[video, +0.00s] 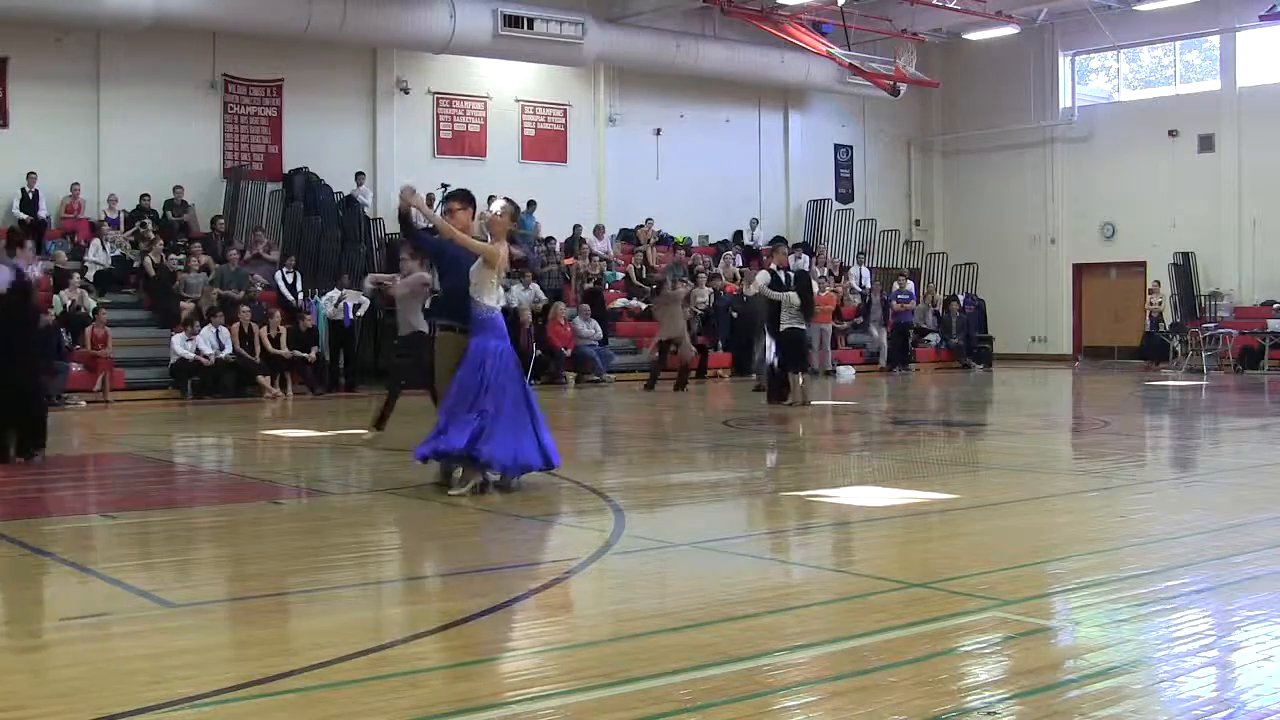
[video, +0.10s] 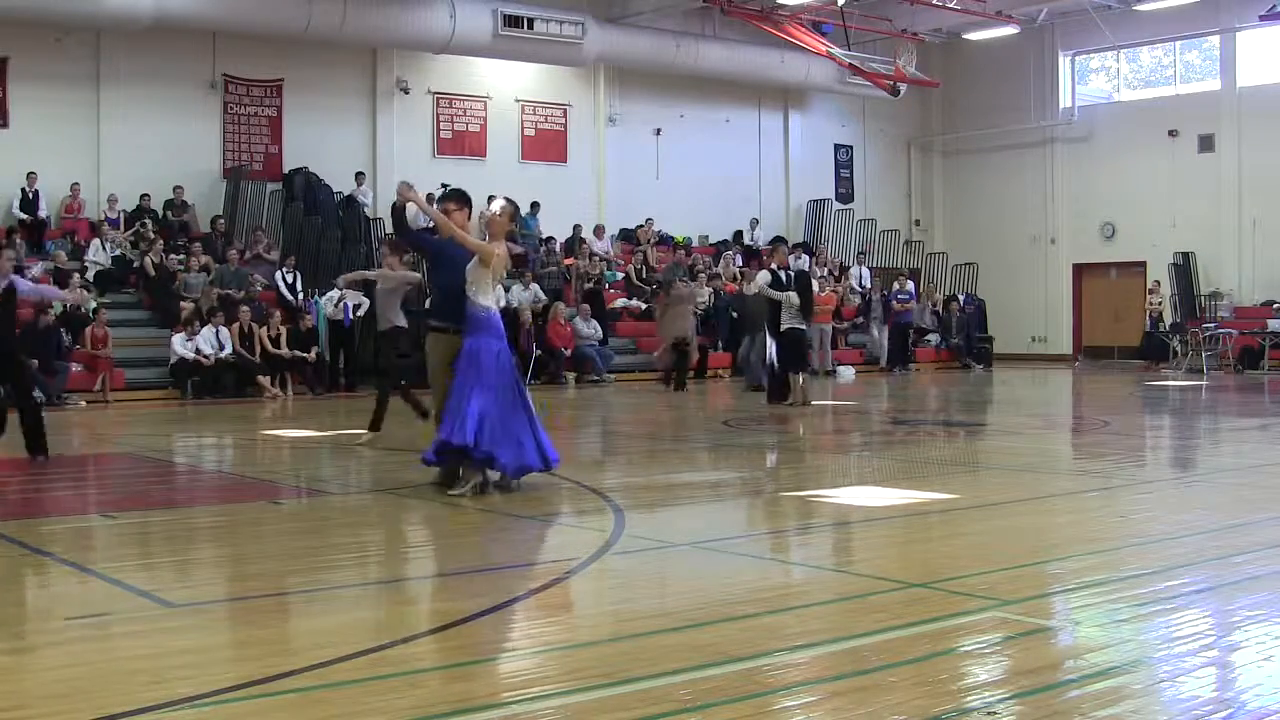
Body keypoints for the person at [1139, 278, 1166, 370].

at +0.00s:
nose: (1154, 288)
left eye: (1156, 286)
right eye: (1153, 286)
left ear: (1159, 287)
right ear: (1151, 287)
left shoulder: (1162, 296)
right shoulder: (1149, 296)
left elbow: (1161, 308)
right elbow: (1146, 307)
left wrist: (1150, 308)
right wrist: (1156, 307)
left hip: (1159, 319)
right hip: (1150, 319)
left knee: (1158, 340)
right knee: (1149, 339)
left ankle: (1157, 361)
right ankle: (1149, 361)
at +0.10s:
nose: (1154, 288)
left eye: (1156, 286)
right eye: (1153, 286)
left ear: (1159, 287)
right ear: (1151, 287)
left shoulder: (1162, 296)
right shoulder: (1149, 296)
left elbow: (1161, 308)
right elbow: (1146, 307)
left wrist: (1150, 308)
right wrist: (1157, 307)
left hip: (1159, 318)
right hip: (1151, 319)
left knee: (1158, 340)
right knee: (1150, 339)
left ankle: (1156, 361)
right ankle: (1149, 360)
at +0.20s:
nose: (1153, 288)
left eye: (1155, 286)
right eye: (1152, 286)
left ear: (1159, 287)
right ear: (1151, 287)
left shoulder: (1162, 296)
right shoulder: (1149, 296)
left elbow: (1162, 308)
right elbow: (1145, 307)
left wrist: (1150, 308)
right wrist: (1156, 307)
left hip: (1158, 318)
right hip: (1150, 318)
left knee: (1157, 339)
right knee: (1149, 338)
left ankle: (1156, 360)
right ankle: (1150, 360)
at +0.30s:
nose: (1153, 288)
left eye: (1155, 286)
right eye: (1152, 286)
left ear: (1158, 287)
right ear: (1151, 287)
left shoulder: (1161, 296)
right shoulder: (1148, 296)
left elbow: (1161, 308)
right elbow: (1145, 306)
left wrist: (1150, 308)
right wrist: (1156, 307)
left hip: (1158, 318)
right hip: (1149, 318)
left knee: (1157, 339)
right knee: (1149, 338)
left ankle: (1156, 360)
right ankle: (1150, 360)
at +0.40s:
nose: (1153, 288)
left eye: (1155, 286)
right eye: (1152, 286)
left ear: (1158, 287)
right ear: (1151, 287)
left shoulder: (1161, 296)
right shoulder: (1148, 296)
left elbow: (1161, 308)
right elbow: (1145, 306)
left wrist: (1150, 308)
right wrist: (1155, 307)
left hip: (1158, 318)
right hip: (1149, 318)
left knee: (1157, 338)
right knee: (1149, 337)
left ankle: (1156, 360)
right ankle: (1150, 360)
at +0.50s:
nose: (1153, 287)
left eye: (1154, 286)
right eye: (1152, 286)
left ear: (1158, 287)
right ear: (1151, 287)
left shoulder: (1160, 296)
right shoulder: (1148, 296)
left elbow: (1161, 308)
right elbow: (1145, 306)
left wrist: (1150, 309)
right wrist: (1156, 307)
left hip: (1157, 318)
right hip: (1149, 318)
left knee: (1156, 338)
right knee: (1149, 337)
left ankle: (1156, 360)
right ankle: (1150, 360)